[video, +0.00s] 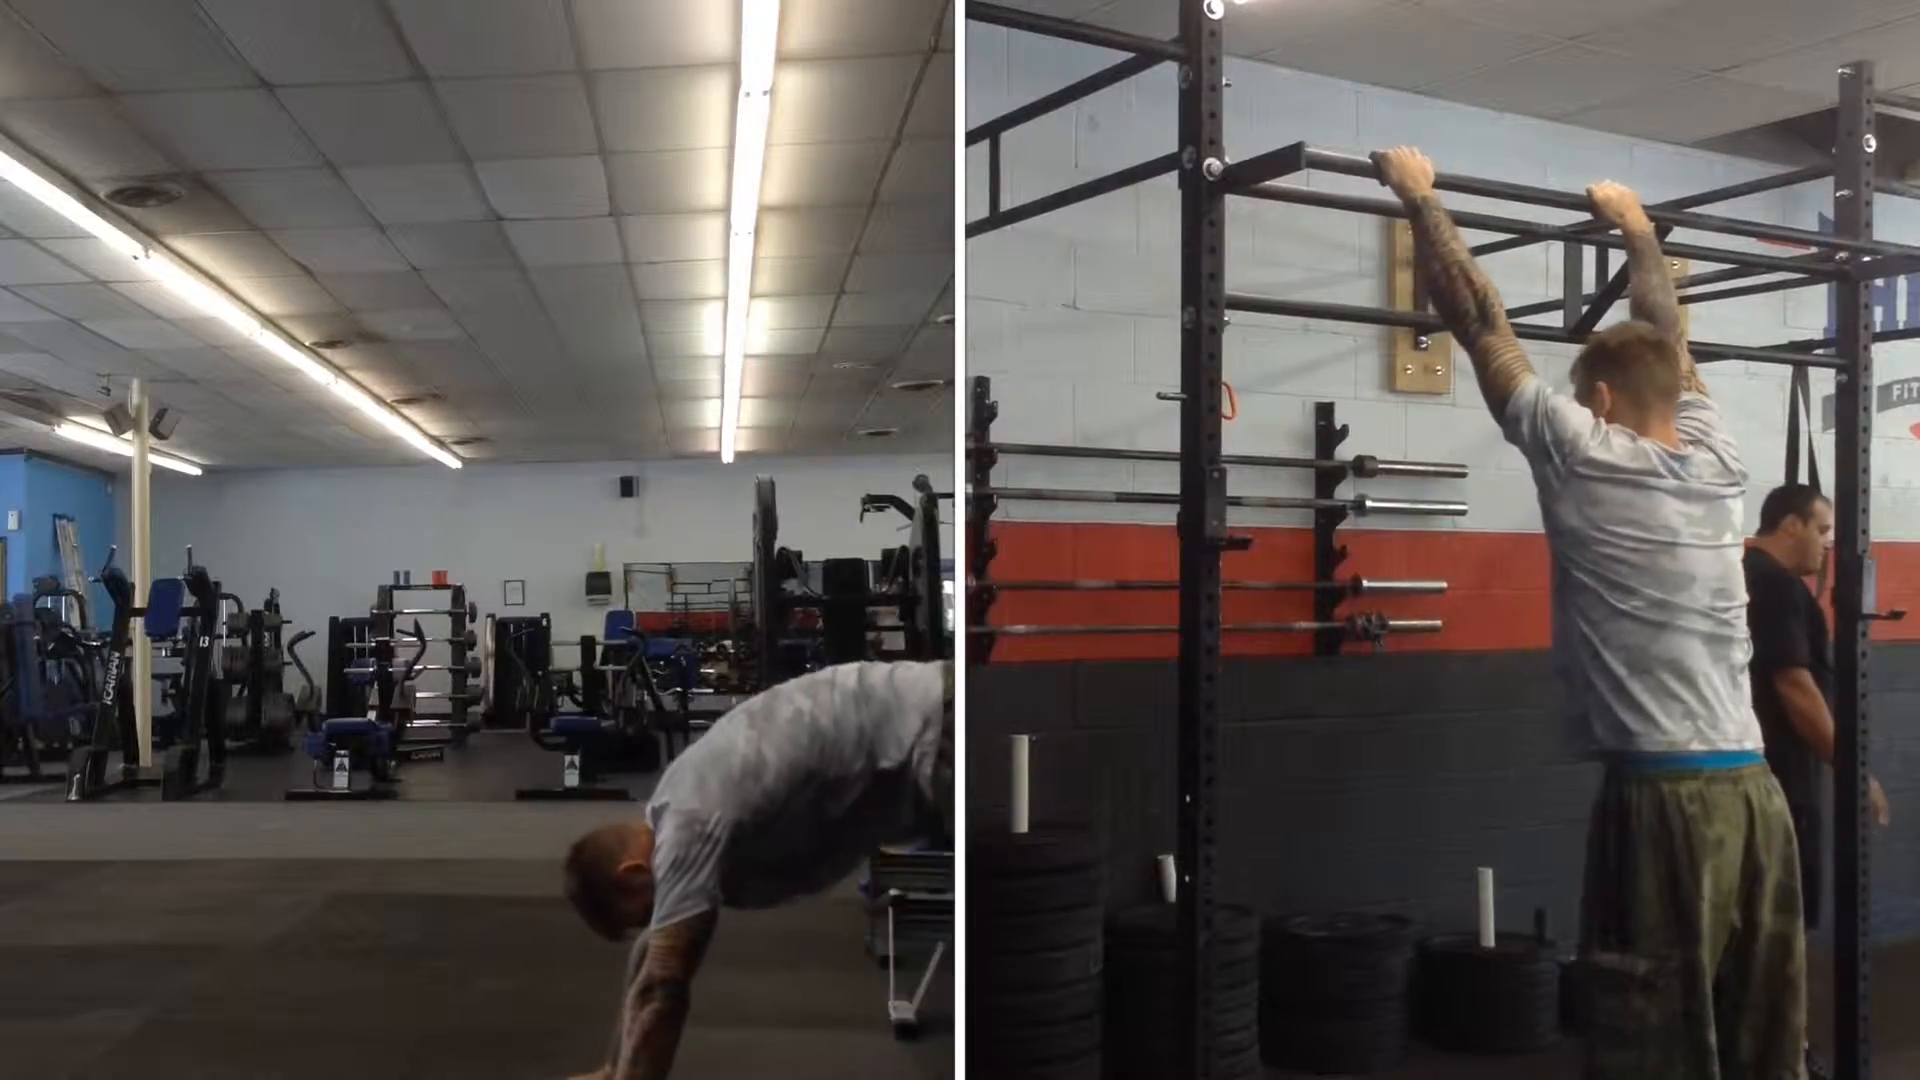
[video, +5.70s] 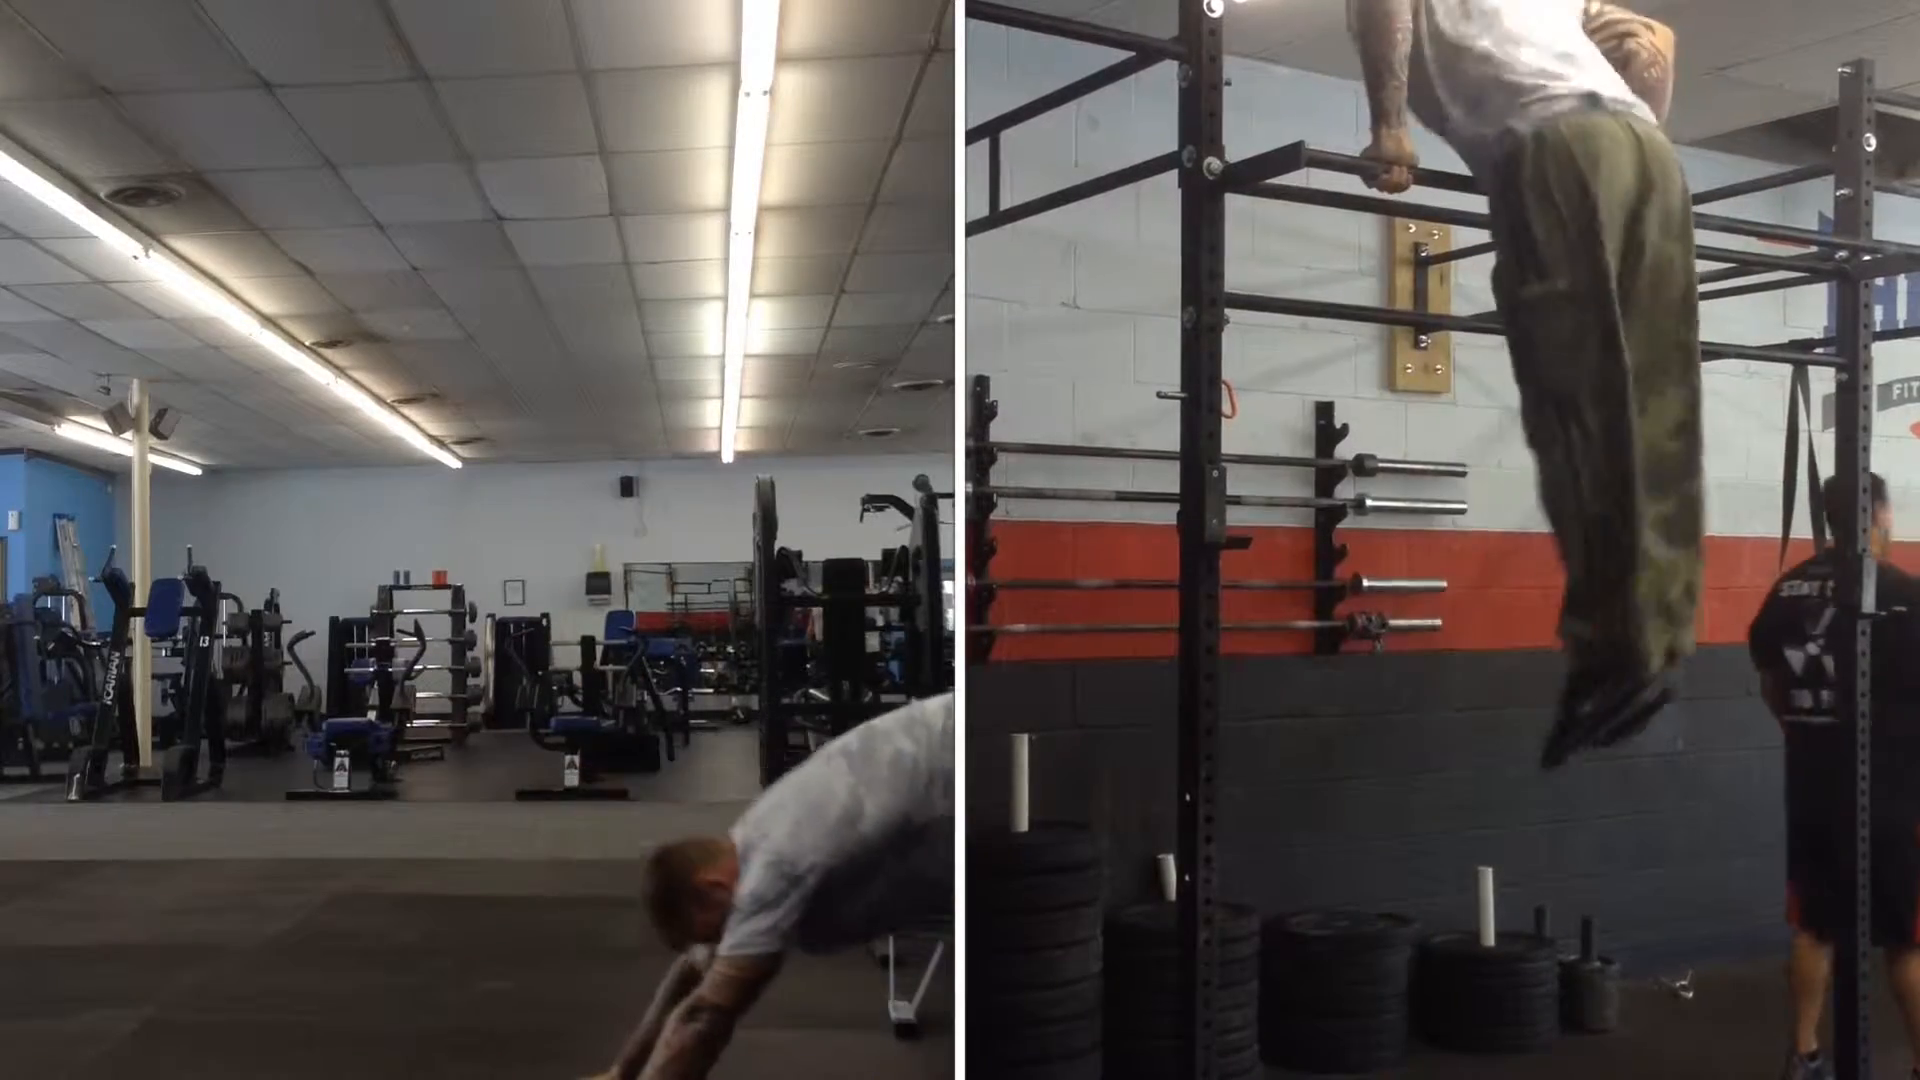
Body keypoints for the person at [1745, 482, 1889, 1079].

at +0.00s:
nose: (1828, 543)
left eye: (1830, 531)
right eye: (1824, 529)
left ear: (1785, 526)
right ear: (1790, 525)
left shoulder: (1748, 570)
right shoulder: (1777, 583)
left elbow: (1788, 681)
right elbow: (1791, 685)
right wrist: (1856, 772)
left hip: (1760, 771)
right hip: (1787, 779)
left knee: (1775, 922)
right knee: (1792, 926)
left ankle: (1779, 1046)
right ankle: (1792, 1050)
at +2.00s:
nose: (1841, 553)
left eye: (1843, 540)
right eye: (1839, 538)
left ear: (1802, 526)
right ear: (1810, 526)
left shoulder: (1760, 581)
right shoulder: (1781, 585)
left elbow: (1772, 690)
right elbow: (1786, 693)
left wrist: (1820, 769)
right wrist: (1835, 773)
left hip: (1750, 774)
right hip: (1784, 777)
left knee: (1749, 910)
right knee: (1811, 920)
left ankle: (1752, 1032)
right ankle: (1832, 1051)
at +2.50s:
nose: (1866, 535)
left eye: (1866, 522)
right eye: (1862, 522)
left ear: (1814, 514)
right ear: (1835, 517)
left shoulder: (1784, 577)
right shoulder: (1825, 586)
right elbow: (1849, 700)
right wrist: (1895, 787)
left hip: (1791, 771)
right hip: (1827, 778)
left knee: (1807, 910)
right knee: (1834, 919)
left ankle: (1769, 1017)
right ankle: (1840, 1054)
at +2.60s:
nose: (1877, 531)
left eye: (1877, 518)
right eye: (1871, 517)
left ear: (1821, 513)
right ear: (1841, 515)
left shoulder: (1785, 581)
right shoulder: (1829, 587)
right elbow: (1860, 696)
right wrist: (1911, 781)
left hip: (1799, 777)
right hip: (1836, 783)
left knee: (1824, 913)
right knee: (1841, 924)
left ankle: (1785, 1005)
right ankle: (1844, 1054)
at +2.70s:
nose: (1883, 530)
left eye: (1883, 517)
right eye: (1876, 517)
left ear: (1827, 513)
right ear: (1844, 515)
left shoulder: (1790, 581)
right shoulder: (1839, 588)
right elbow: (1869, 702)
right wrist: (1915, 773)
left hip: (1802, 781)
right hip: (1840, 788)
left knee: (1830, 915)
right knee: (1844, 925)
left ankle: (1819, 1026)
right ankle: (1841, 1054)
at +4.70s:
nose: (1916, 524)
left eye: (1912, 511)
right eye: (1919, 512)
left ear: (1904, 515)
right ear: (1917, 517)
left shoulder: (1876, 577)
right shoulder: (1891, 577)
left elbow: (1845, 658)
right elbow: (1849, 660)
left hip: (1885, 767)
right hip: (1901, 770)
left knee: (1900, 914)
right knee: (1902, 915)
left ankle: (1883, 1029)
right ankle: (1883, 1031)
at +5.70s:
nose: (1892, 523)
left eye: (1887, 512)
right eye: (1888, 513)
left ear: (1826, 519)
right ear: (1876, 517)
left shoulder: (1790, 588)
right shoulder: (1902, 592)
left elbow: (1766, 665)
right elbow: (1907, 688)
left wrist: (1798, 727)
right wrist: (1898, 737)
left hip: (1814, 776)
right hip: (1894, 779)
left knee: (1813, 924)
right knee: (1904, 934)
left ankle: (1804, 1053)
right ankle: (1915, 1058)